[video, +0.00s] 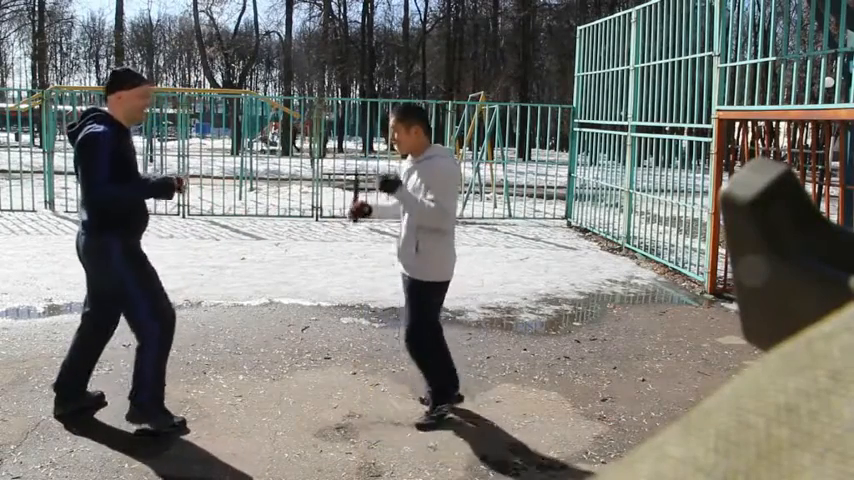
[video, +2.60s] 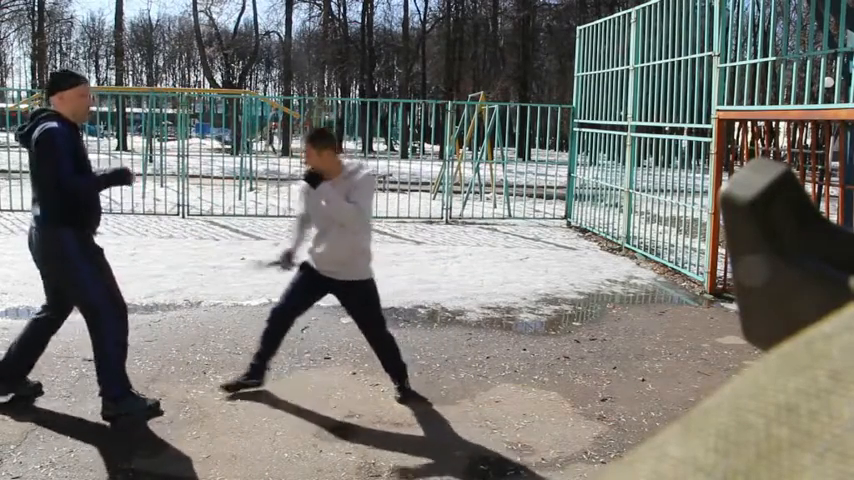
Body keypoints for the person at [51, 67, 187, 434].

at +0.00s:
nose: (148, 106)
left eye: (149, 99)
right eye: (143, 98)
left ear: (121, 99)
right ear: (119, 97)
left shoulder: (110, 131)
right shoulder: (100, 134)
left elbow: (118, 184)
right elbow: (104, 193)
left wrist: (160, 186)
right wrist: (158, 188)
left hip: (103, 244)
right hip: (112, 247)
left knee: (99, 320)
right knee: (158, 319)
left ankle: (70, 397)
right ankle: (147, 406)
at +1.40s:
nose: (145, 127)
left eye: (146, 120)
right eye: (142, 119)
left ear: (118, 118)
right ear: (120, 118)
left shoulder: (96, 145)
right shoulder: (111, 152)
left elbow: (137, 197)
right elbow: (143, 200)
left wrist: (179, 204)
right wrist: (188, 203)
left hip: (76, 252)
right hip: (94, 256)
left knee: (88, 319)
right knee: (145, 321)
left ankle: (37, 385)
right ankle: (173, 408)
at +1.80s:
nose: (133, 139)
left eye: (135, 133)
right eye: (130, 131)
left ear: (106, 127)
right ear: (107, 126)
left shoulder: (93, 155)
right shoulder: (88, 161)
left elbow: (118, 213)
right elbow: (119, 219)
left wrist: (155, 226)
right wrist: (164, 231)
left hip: (52, 254)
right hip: (62, 258)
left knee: (55, 321)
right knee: (115, 322)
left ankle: (5, 382)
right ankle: (134, 409)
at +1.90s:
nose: (121, 126)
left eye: (122, 119)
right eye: (116, 118)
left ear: (95, 118)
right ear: (92, 116)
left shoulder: (84, 148)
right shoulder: (67, 151)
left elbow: (92, 196)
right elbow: (77, 204)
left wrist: (130, 201)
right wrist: (132, 202)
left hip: (52, 249)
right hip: (58, 253)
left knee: (47, 321)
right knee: (104, 326)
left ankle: (5, 383)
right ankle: (133, 408)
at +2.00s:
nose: (105, 116)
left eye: (106, 109)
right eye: (100, 108)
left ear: (82, 108)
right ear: (77, 106)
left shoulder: (71, 137)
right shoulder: (57, 140)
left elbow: (73, 188)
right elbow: (66, 195)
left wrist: (105, 171)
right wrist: (107, 171)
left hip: (54, 246)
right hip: (58, 249)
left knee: (40, 319)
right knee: (102, 316)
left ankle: (6, 383)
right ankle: (116, 404)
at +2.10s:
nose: (98, 106)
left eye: (98, 99)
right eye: (92, 98)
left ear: (74, 101)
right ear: (68, 99)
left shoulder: (65, 132)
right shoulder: (51, 134)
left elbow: (65, 186)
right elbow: (59, 188)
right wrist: (100, 172)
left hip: (56, 240)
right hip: (59, 243)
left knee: (42, 314)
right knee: (100, 314)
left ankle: (5, 382)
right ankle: (99, 401)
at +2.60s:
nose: (91, 102)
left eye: (90, 95)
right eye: (85, 95)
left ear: (62, 99)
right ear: (61, 98)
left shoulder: (53, 130)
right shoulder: (56, 134)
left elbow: (65, 186)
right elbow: (70, 187)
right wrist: (113, 178)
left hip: (49, 239)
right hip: (68, 242)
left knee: (56, 308)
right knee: (109, 312)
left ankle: (8, 376)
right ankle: (118, 399)